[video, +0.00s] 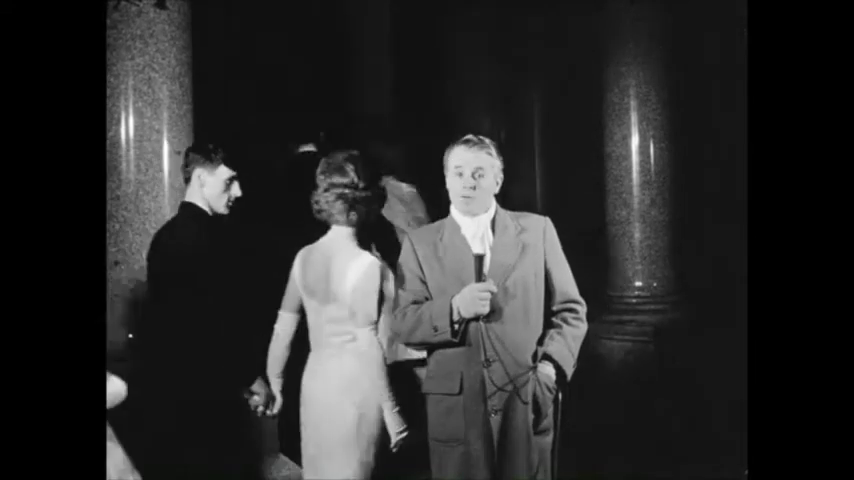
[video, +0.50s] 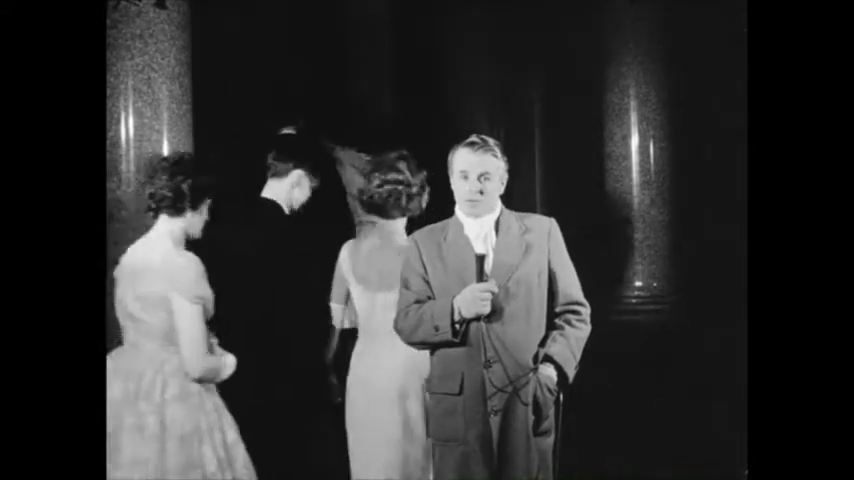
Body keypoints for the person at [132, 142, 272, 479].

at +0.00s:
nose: (238, 192)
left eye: (237, 182)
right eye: (229, 181)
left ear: (200, 179)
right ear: (199, 178)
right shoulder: (186, 239)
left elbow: (221, 320)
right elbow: (202, 326)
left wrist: (251, 377)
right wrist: (249, 379)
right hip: (197, 393)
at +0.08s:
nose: (250, 193)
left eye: (250, 182)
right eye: (241, 182)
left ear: (213, 180)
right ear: (212, 178)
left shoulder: (183, 235)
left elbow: (234, 319)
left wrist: (263, 375)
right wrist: (262, 377)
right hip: (210, 393)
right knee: (233, 469)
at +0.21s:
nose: (271, 195)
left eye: (270, 185)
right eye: (263, 184)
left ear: (234, 181)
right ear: (234, 180)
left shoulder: (197, 236)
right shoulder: (243, 238)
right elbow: (253, 318)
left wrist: (285, 375)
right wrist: (285, 375)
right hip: (238, 384)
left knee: (219, 469)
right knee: (251, 467)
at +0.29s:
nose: (284, 196)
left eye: (285, 186)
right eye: (278, 184)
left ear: (249, 178)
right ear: (252, 176)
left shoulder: (211, 223)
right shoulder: (262, 234)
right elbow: (278, 315)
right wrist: (301, 373)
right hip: (257, 372)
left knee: (226, 463)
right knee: (262, 462)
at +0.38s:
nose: (292, 195)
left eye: (295, 187)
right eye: (292, 184)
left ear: (264, 173)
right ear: (273, 175)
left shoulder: (219, 219)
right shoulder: (276, 229)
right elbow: (292, 307)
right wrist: (314, 370)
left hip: (229, 360)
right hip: (271, 362)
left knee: (238, 456)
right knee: (274, 458)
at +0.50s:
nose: (308, 198)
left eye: (311, 189)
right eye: (309, 187)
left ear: (272, 171)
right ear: (297, 179)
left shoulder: (231, 221)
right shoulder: (287, 235)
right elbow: (301, 312)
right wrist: (314, 363)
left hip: (240, 365)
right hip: (284, 367)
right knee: (290, 460)